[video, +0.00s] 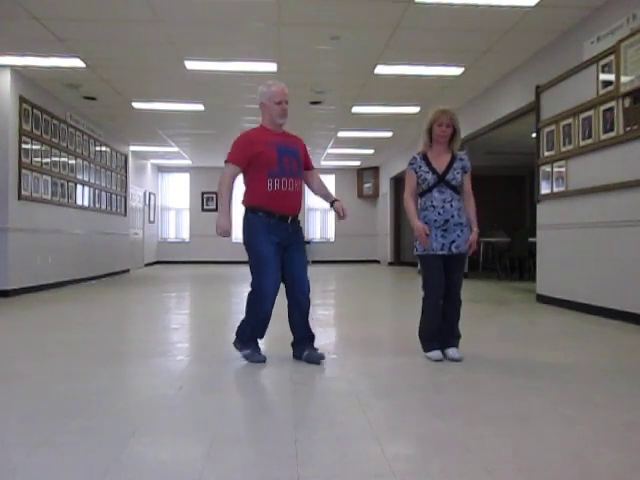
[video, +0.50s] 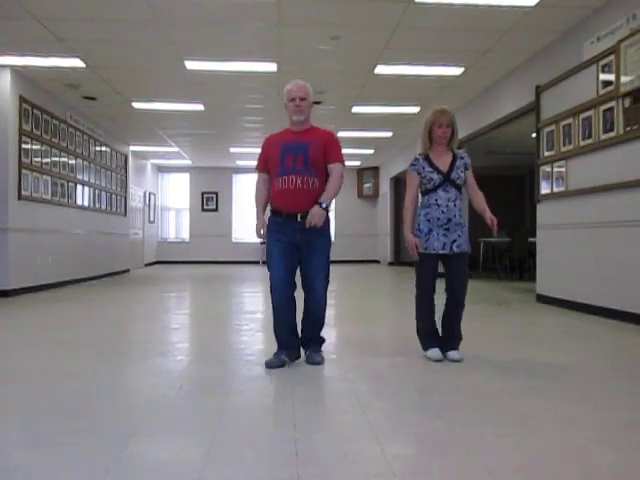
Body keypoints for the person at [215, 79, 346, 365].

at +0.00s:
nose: (285, 107)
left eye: (287, 103)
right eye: (279, 103)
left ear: (288, 105)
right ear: (263, 106)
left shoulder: (296, 143)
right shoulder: (249, 140)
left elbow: (312, 179)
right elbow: (228, 176)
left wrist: (333, 200)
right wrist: (224, 215)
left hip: (291, 224)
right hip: (260, 222)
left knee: (299, 287)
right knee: (267, 284)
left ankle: (303, 346)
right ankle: (246, 339)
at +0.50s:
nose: (297, 103)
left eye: (303, 98)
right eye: (292, 99)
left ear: (311, 102)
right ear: (285, 104)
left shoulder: (326, 138)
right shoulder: (272, 142)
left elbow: (337, 174)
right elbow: (263, 180)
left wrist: (323, 205)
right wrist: (260, 214)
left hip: (314, 222)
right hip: (280, 223)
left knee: (316, 288)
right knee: (280, 288)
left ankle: (313, 345)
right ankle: (287, 348)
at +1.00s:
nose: (287, 107)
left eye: (292, 102)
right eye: (281, 103)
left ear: (301, 107)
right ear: (274, 108)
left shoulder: (317, 145)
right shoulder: (261, 147)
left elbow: (332, 184)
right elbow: (250, 186)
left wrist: (334, 220)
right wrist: (244, 222)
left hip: (306, 229)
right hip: (271, 228)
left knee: (311, 291)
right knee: (268, 292)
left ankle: (312, 345)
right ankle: (262, 348)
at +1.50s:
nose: (268, 101)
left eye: (274, 97)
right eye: (263, 97)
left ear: (282, 102)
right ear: (255, 103)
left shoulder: (298, 141)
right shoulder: (240, 140)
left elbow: (310, 180)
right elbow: (225, 177)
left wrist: (311, 213)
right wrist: (226, 209)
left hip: (287, 223)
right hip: (250, 222)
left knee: (290, 288)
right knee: (253, 289)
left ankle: (285, 345)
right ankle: (260, 347)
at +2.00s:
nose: (274, 103)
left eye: (279, 99)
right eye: (269, 99)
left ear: (288, 106)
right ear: (261, 107)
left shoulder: (305, 144)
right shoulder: (247, 146)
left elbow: (318, 186)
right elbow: (234, 186)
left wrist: (317, 223)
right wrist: (229, 223)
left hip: (296, 228)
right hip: (260, 229)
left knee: (300, 292)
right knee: (260, 293)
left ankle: (298, 347)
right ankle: (261, 348)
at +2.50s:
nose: (282, 96)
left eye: (287, 93)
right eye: (276, 93)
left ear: (295, 102)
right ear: (267, 102)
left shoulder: (311, 137)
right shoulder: (254, 141)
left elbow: (322, 175)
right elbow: (243, 182)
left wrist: (316, 202)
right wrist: (243, 216)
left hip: (304, 220)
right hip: (269, 220)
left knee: (303, 287)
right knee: (268, 285)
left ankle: (298, 346)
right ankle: (275, 347)